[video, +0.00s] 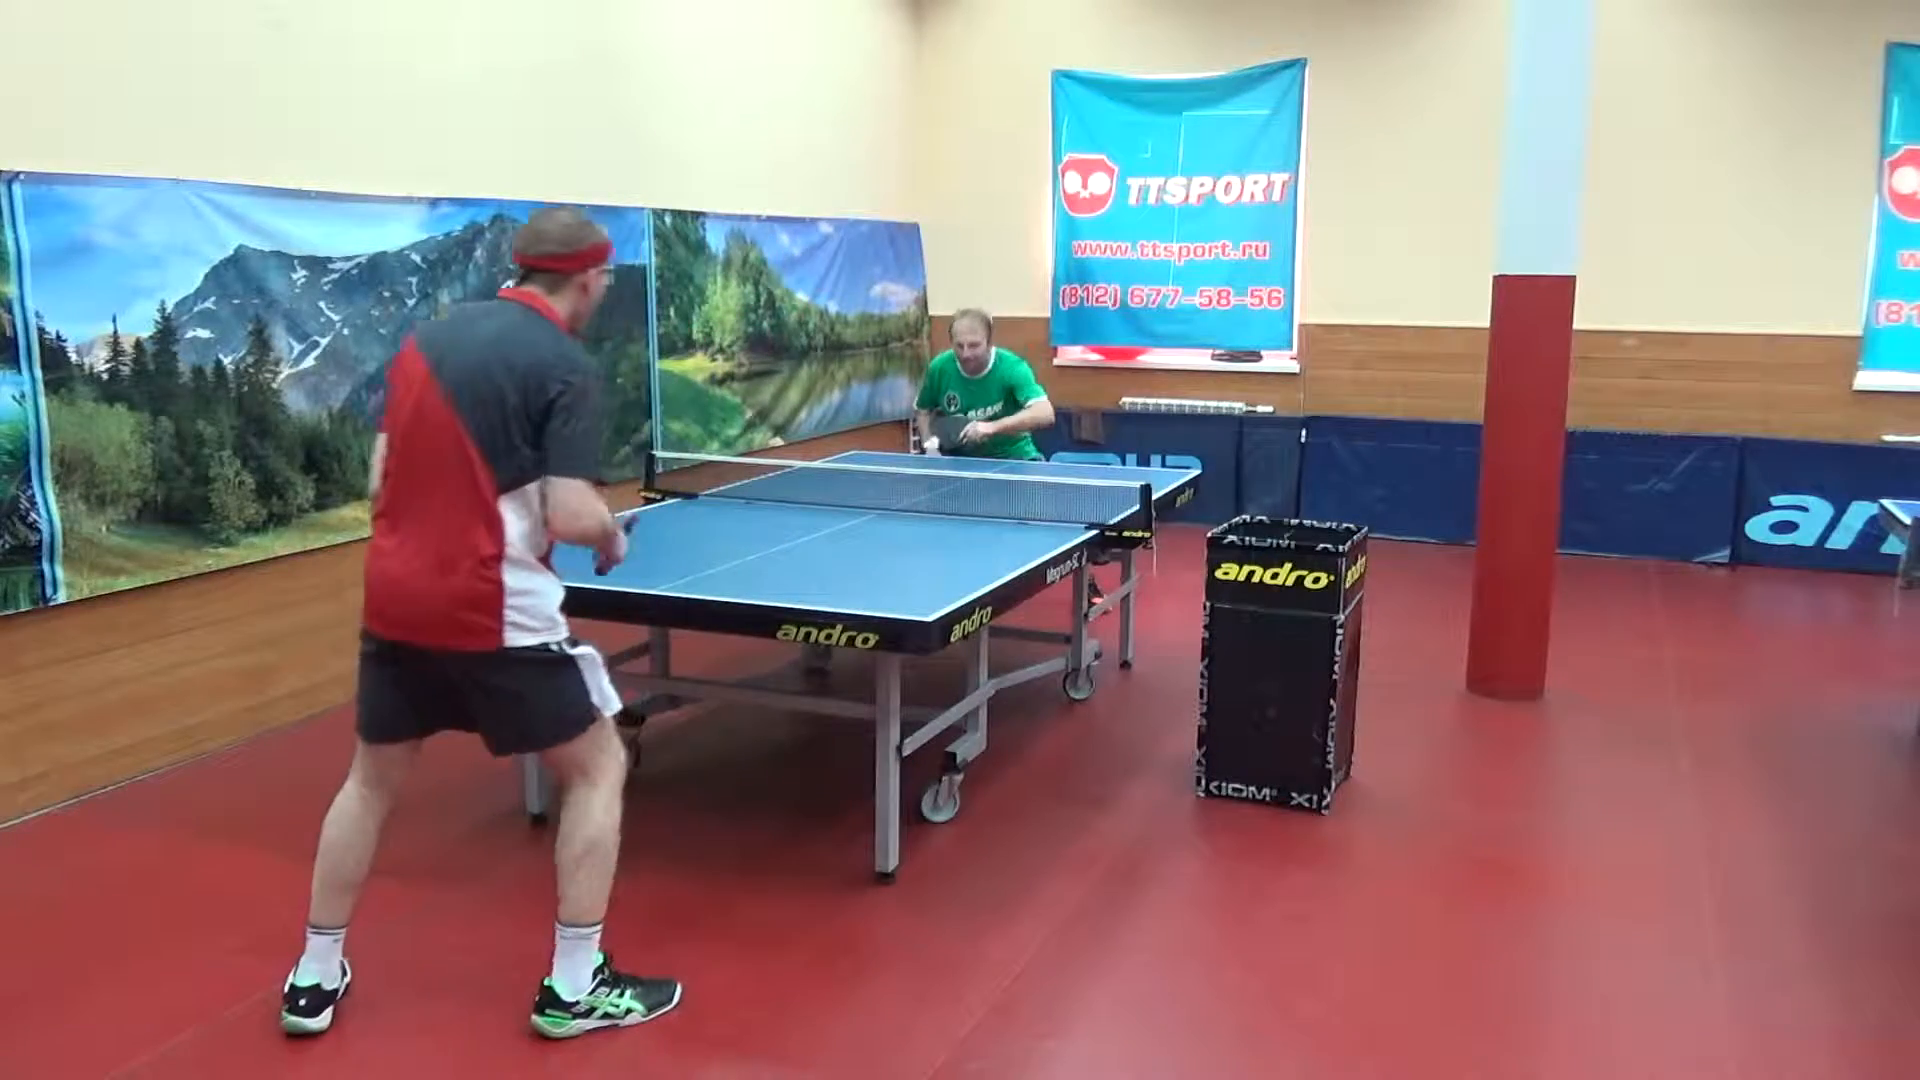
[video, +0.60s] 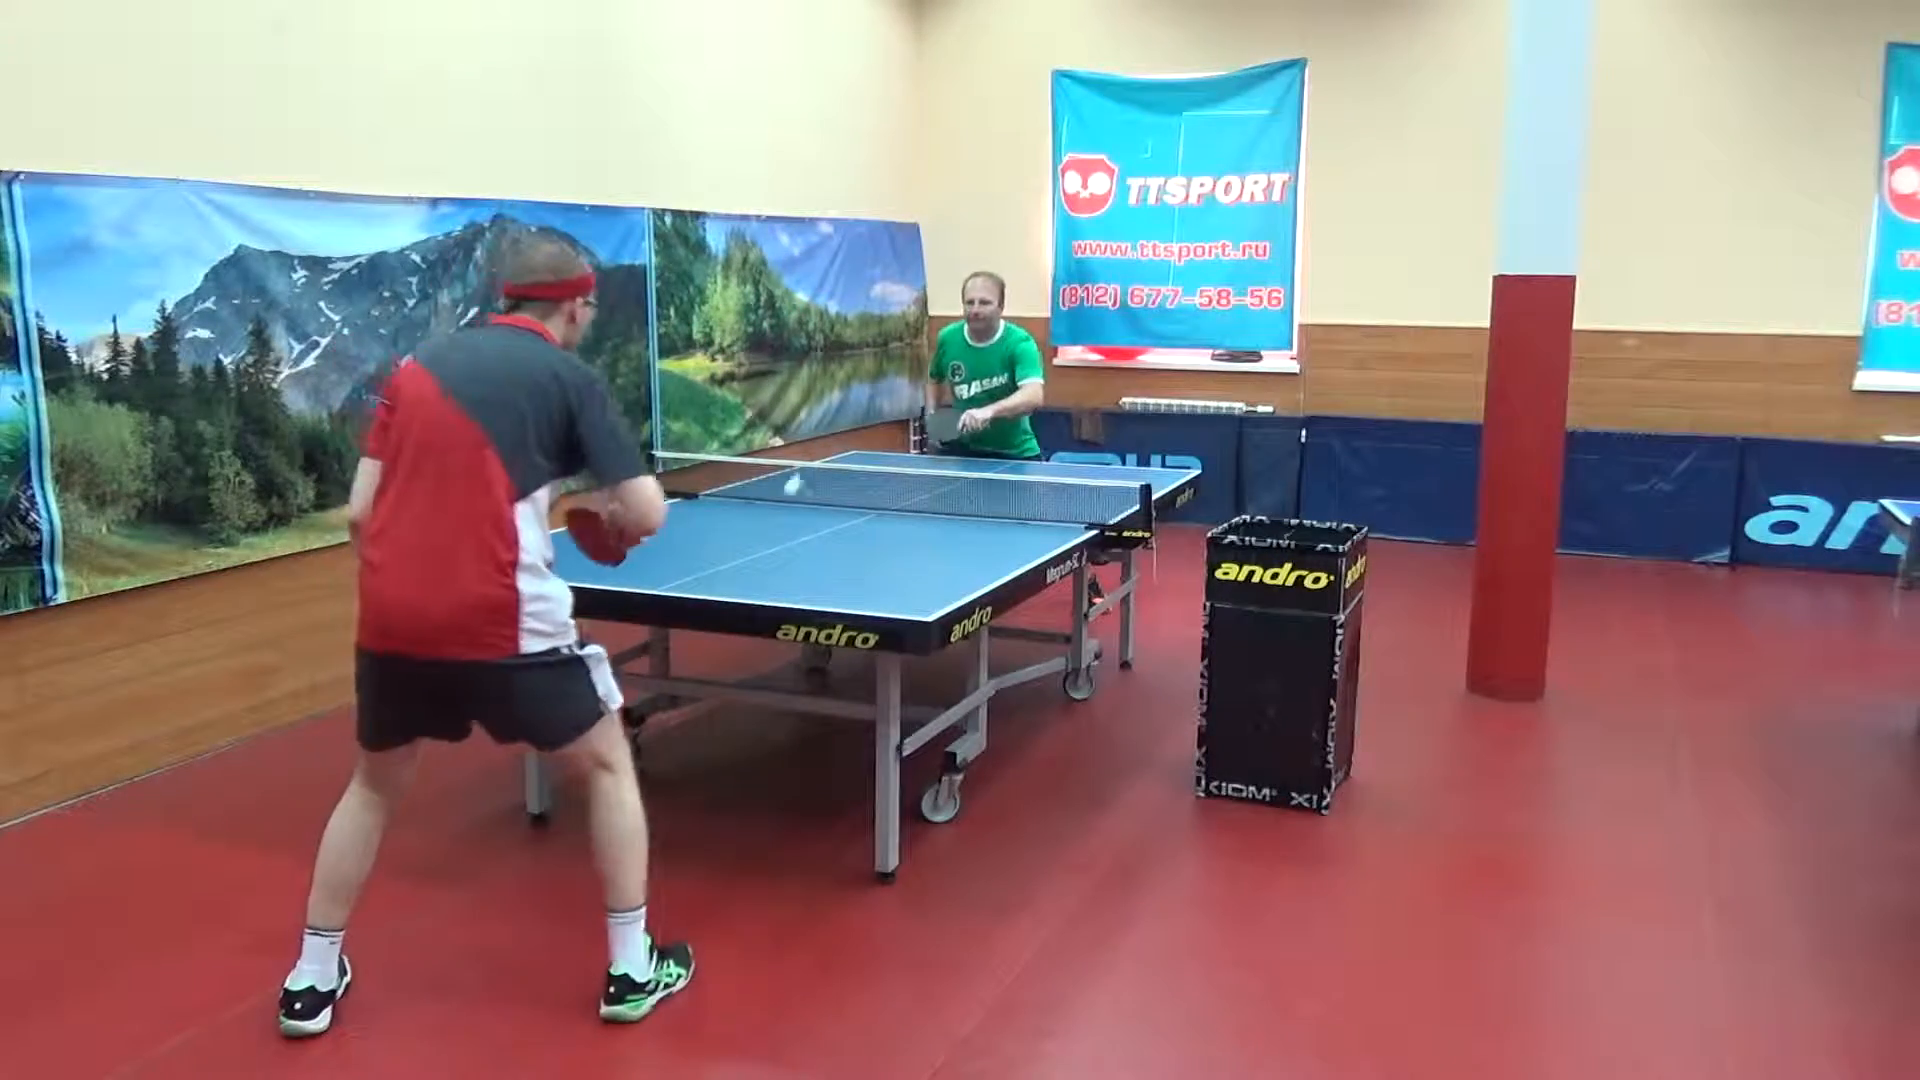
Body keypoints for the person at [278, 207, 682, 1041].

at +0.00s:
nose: (602, 298)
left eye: (602, 284)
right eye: (602, 284)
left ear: (519, 272)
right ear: (585, 282)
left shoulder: (426, 337)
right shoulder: (562, 365)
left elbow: (383, 477)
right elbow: (569, 515)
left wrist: (496, 501)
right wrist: (609, 528)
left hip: (395, 606)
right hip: (502, 616)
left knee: (370, 776)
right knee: (596, 765)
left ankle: (314, 976)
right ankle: (576, 982)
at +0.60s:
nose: (587, 322)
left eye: (586, 309)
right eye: (586, 309)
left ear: (503, 301)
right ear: (569, 309)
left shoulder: (418, 365)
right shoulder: (568, 379)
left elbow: (362, 509)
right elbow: (644, 511)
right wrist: (593, 514)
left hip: (393, 629)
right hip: (513, 628)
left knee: (373, 783)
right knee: (607, 764)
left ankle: (311, 980)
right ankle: (632, 966)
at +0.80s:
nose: (599, 335)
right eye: (600, 325)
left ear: (516, 319)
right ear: (593, 323)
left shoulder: (460, 384)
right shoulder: (629, 380)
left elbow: (421, 540)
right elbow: (736, 455)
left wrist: (404, 634)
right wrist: (700, 490)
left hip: (474, 620)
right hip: (600, 620)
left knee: (397, 784)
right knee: (644, 765)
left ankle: (327, 977)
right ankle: (635, 964)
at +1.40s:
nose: (565, 331)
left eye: (566, 318)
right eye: (564, 318)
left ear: (472, 305)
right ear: (547, 316)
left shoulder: (379, 377)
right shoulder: (555, 393)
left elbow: (327, 535)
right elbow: (628, 537)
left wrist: (314, 640)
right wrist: (607, 556)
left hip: (364, 650)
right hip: (498, 650)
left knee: (286, 855)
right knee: (586, 780)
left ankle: (221, 1067)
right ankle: (634, 966)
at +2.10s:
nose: (607, 319)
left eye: (605, 309)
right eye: (605, 309)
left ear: (518, 303)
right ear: (590, 306)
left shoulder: (445, 376)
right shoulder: (621, 376)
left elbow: (403, 542)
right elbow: (753, 450)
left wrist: (423, 628)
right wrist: (698, 488)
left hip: (449, 651)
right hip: (585, 651)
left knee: (349, 842)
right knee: (650, 782)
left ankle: (261, 1060)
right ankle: (671, 978)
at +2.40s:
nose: (637, 307)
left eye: (560, 286)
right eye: (637, 295)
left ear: (553, 287)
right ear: (633, 296)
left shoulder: (497, 368)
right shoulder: (663, 378)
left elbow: (454, 532)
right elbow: (673, 476)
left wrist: (414, 620)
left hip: (486, 645)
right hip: (617, 649)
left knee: (378, 826)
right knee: (658, 781)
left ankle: (306, 1051)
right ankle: (673, 975)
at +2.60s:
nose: (625, 339)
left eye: (622, 327)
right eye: (625, 328)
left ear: (538, 314)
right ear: (615, 328)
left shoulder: (458, 383)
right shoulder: (639, 413)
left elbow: (395, 535)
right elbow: (630, 540)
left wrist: (340, 635)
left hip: (431, 665)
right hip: (570, 669)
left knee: (321, 858)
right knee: (640, 790)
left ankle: (221, 1069)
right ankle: (671, 978)